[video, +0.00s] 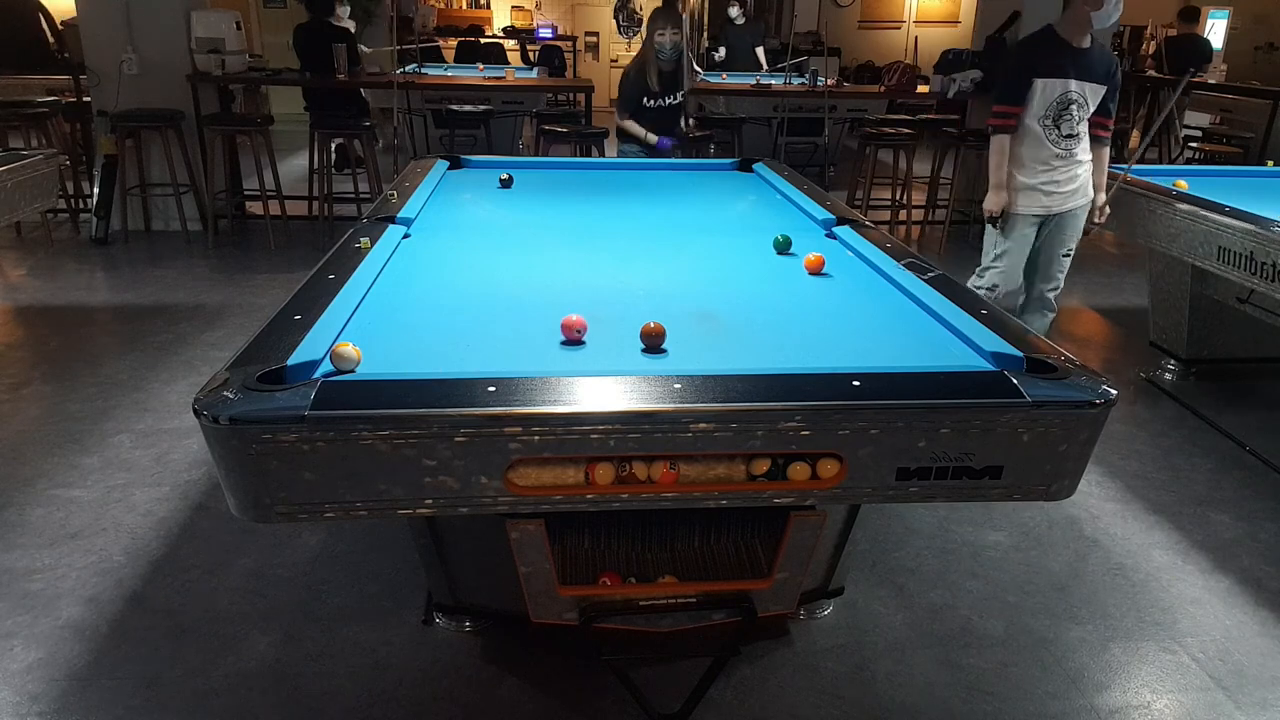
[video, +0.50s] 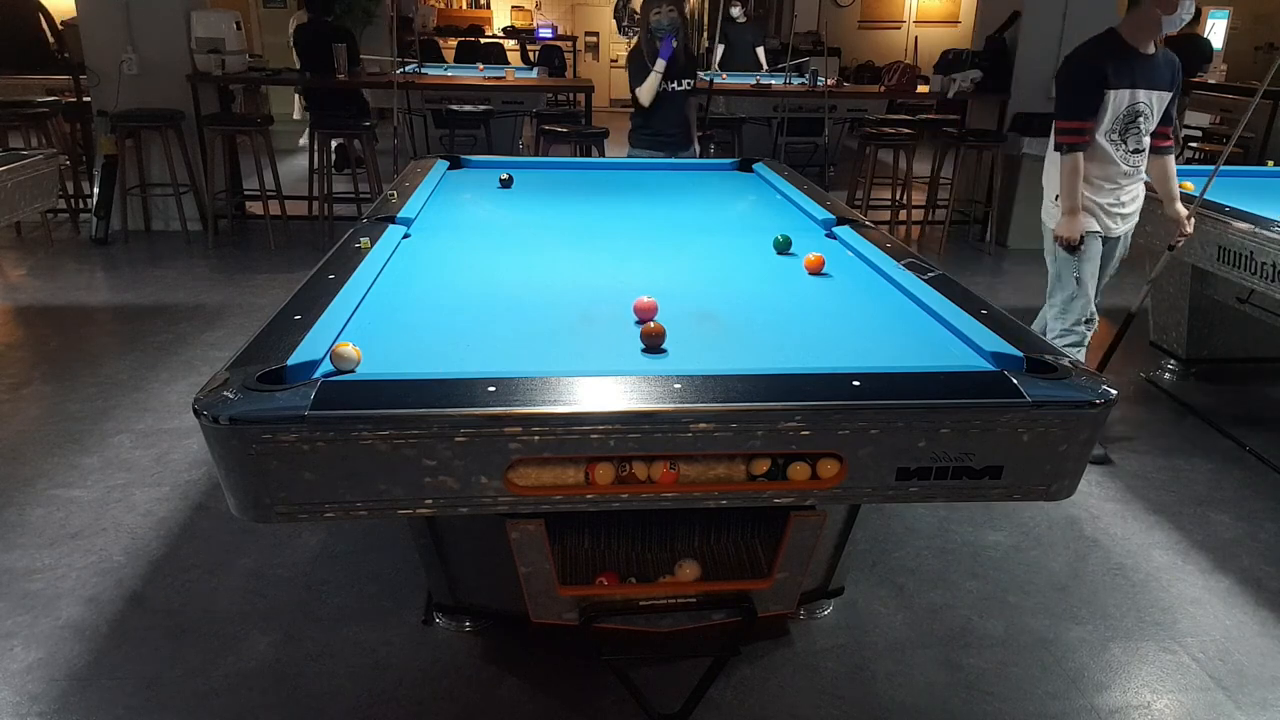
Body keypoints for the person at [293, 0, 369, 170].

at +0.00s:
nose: (340, 9)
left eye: (340, 5)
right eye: (338, 5)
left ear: (308, 7)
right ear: (333, 7)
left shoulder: (299, 31)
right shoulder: (344, 34)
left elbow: (306, 63)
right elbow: (356, 72)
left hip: (314, 102)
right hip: (345, 103)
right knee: (362, 105)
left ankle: (349, 150)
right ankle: (344, 148)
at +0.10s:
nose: (338, 7)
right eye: (336, 4)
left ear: (308, 8)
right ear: (332, 8)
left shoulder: (300, 31)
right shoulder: (344, 34)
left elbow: (306, 64)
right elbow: (357, 73)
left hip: (315, 104)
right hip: (346, 105)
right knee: (362, 105)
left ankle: (351, 150)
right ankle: (344, 148)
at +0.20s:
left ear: (308, 8)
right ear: (331, 8)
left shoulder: (300, 31)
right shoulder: (343, 32)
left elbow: (305, 65)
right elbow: (357, 71)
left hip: (315, 103)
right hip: (346, 104)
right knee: (362, 106)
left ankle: (351, 150)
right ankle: (345, 148)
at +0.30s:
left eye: (307, 7)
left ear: (308, 9)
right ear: (331, 9)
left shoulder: (299, 32)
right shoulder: (343, 33)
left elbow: (305, 65)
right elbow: (357, 73)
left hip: (315, 104)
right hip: (346, 105)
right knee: (362, 106)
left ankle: (351, 151)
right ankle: (345, 149)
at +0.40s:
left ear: (308, 9)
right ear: (332, 9)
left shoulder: (299, 32)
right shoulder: (343, 32)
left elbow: (306, 64)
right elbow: (357, 72)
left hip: (314, 102)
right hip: (345, 103)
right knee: (361, 106)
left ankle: (350, 150)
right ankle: (343, 147)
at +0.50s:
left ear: (307, 9)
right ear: (332, 8)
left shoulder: (299, 32)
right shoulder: (343, 31)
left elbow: (305, 66)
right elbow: (356, 71)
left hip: (314, 101)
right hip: (345, 102)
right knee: (361, 106)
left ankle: (350, 151)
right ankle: (345, 149)